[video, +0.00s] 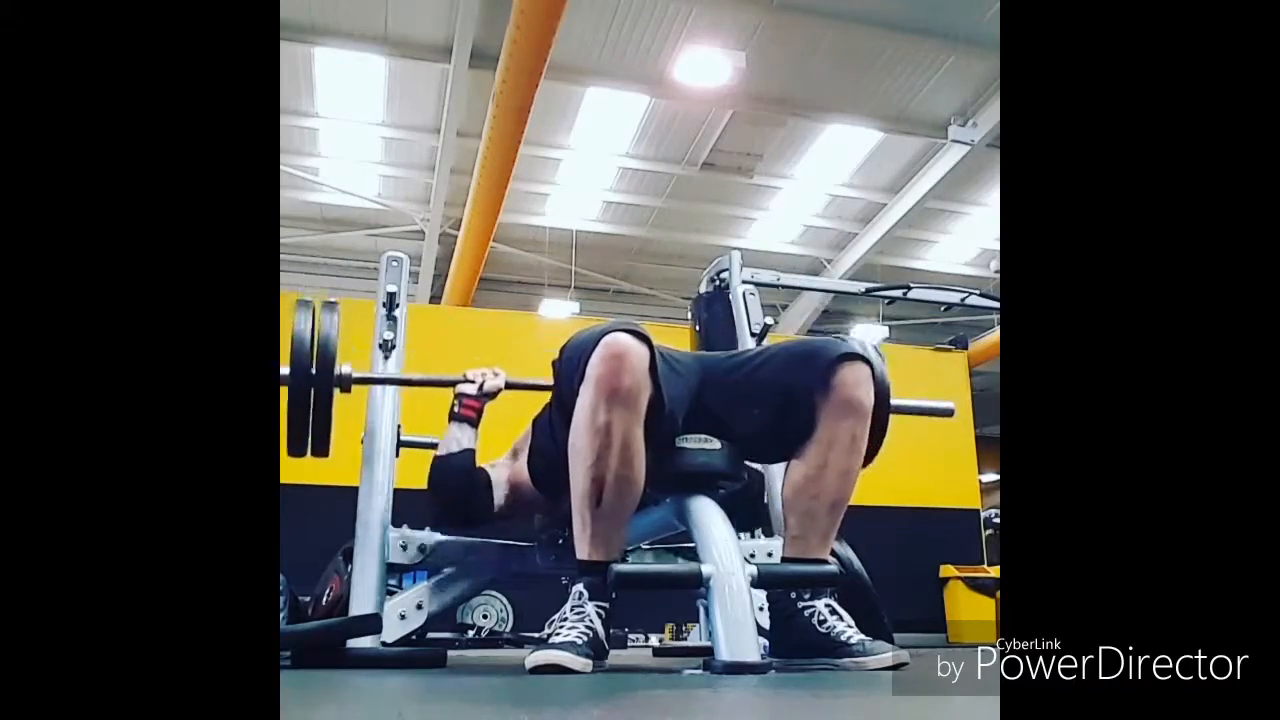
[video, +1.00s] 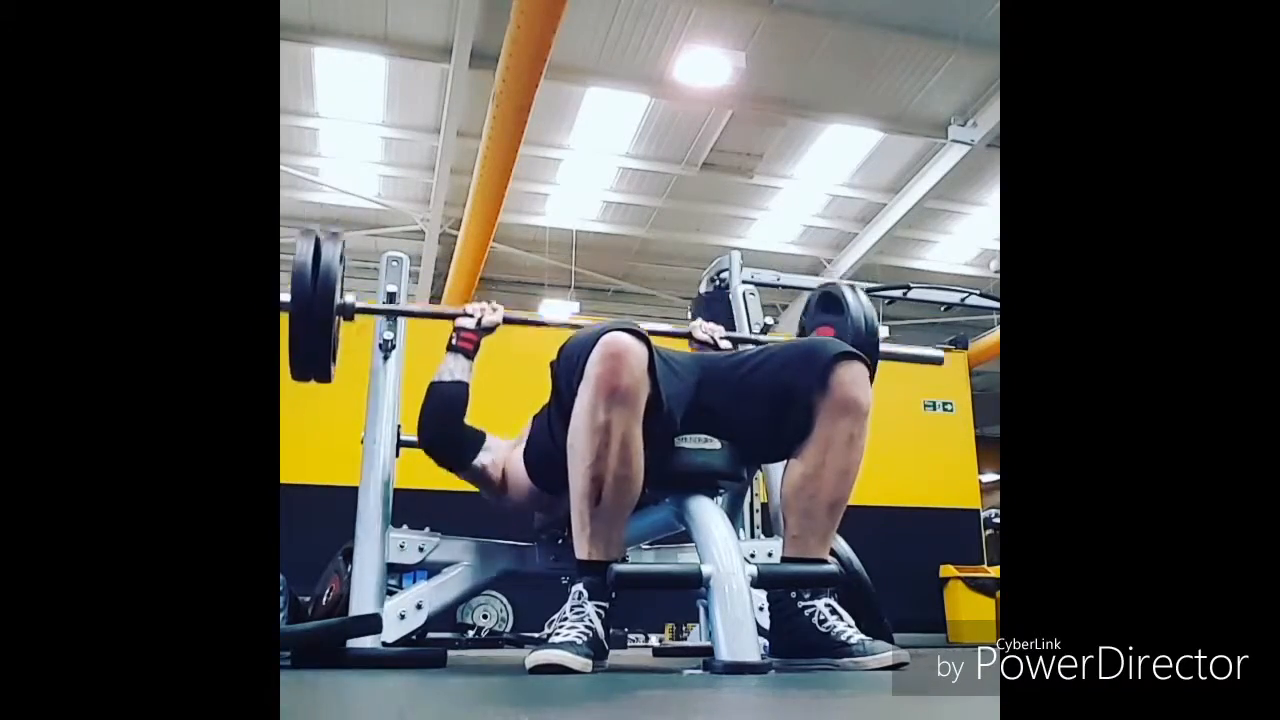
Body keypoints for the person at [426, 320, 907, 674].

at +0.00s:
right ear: (496, 498)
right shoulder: (524, 480)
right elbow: (452, 501)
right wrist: (468, 406)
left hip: (707, 376)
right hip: (630, 358)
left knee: (850, 375)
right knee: (618, 357)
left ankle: (800, 607)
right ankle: (587, 606)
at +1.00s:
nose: (491, 464)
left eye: (494, 464)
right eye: (490, 471)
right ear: (499, 475)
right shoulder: (517, 467)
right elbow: (440, 433)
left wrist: (717, 356)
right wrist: (465, 340)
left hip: (708, 389)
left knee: (846, 377)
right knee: (619, 355)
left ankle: (799, 609)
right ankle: (587, 606)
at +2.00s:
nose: (502, 427)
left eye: (502, 430)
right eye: (496, 433)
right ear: (515, 471)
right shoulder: (527, 466)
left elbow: (720, 367)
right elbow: (478, 378)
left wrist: (712, 293)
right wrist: (467, 276)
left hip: (696, 381)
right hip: (622, 363)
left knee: (843, 373)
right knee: (619, 351)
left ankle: (798, 607)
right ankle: (586, 606)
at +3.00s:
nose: (503, 485)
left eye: (502, 483)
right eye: (498, 484)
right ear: (501, 475)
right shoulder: (512, 462)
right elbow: (443, 425)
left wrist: (729, 352)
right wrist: (465, 338)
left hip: (704, 386)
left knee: (851, 378)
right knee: (630, 357)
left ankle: (798, 608)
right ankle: (587, 607)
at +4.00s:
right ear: (494, 509)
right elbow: (445, 491)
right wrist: (464, 405)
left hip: (708, 375)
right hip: (633, 359)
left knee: (850, 376)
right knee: (615, 356)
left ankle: (801, 604)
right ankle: (587, 605)